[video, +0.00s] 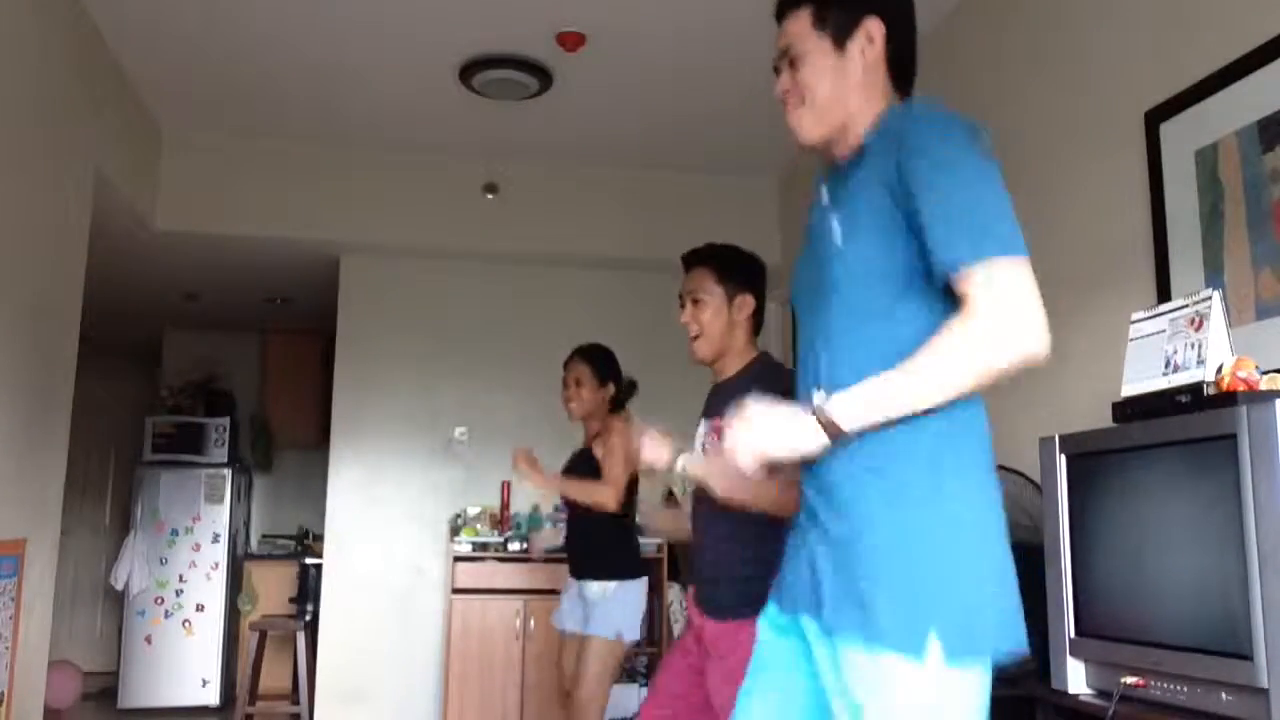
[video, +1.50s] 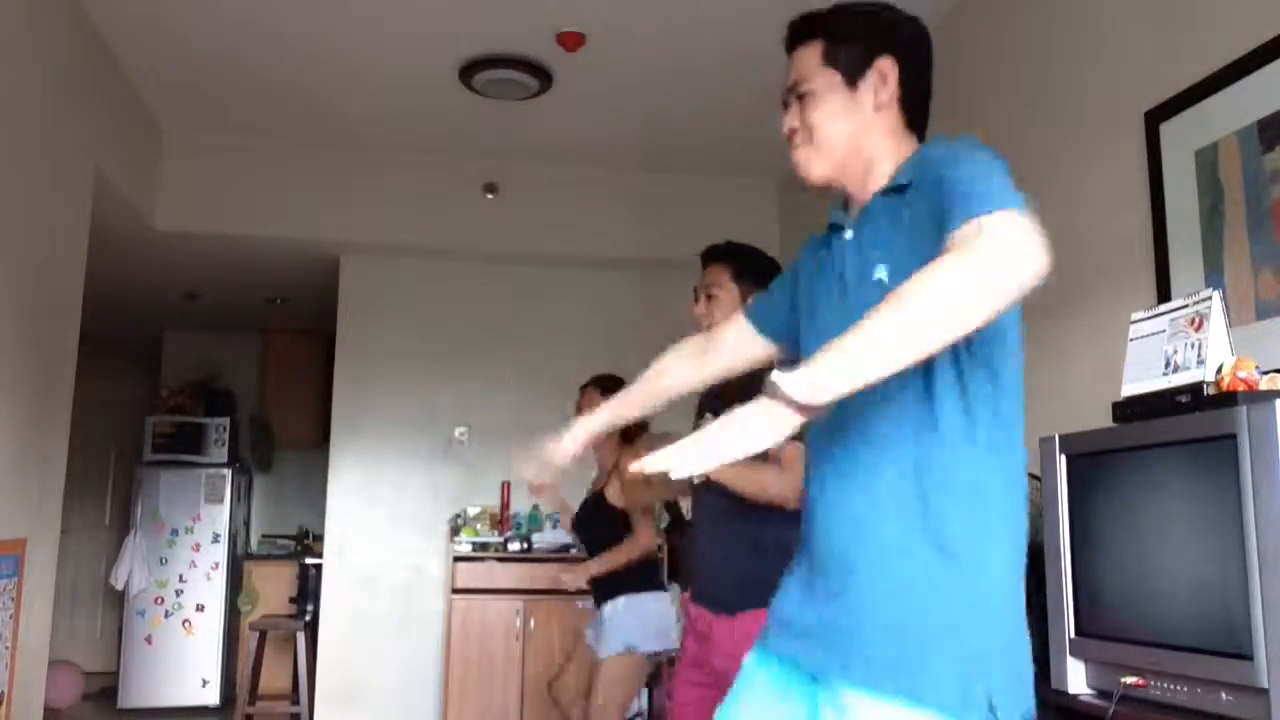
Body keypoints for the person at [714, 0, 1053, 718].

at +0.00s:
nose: (779, 84)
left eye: (792, 59)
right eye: (778, 67)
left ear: (867, 44)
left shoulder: (925, 139)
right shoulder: (831, 199)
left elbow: (1013, 322)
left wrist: (827, 422)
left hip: (914, 590)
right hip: (811, 584)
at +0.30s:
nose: (748, 129)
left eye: (766, 103)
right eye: (752, 108)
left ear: (838, 101)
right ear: (833, 105)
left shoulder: (880, 188)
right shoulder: (816, 236)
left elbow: (1015, 337)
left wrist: (826, 447)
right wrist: (745, 433)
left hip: (877, 646)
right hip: (810, 631)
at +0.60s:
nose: (757, 113)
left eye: (773, 87)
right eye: (757, 94)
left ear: (848, 78)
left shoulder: (914, 185)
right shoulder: (816, 228)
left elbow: (997, 388)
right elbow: (860, 430)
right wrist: (746, 448)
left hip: (936, 627)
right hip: (817, 619)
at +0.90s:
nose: (760, 76)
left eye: (772, 47)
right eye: (758, 57)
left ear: (846, 28)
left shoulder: (910, 117)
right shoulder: (821, 181)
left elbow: (1007, 294)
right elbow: (840, 414)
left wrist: (798, 373)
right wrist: (717, 420)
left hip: (915, 597)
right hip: (811, 588)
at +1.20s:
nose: (768, 117)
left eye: (783, 91)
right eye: (767, 100)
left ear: (856, 80)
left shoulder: (897, 151)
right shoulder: (827, 218)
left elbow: (969, 289)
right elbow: (806, 418)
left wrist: (725, 360)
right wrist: (717, 350)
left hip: (883, 623)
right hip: (819, 614)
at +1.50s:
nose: (785, 123)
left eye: (803, 95)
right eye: (786, 103)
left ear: (881, 85)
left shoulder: (951, 172)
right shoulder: (819, 260)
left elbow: (1010, 254)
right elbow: (716, 348)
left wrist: (793, 395)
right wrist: (591, 425)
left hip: (935, 648)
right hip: (805, 631)